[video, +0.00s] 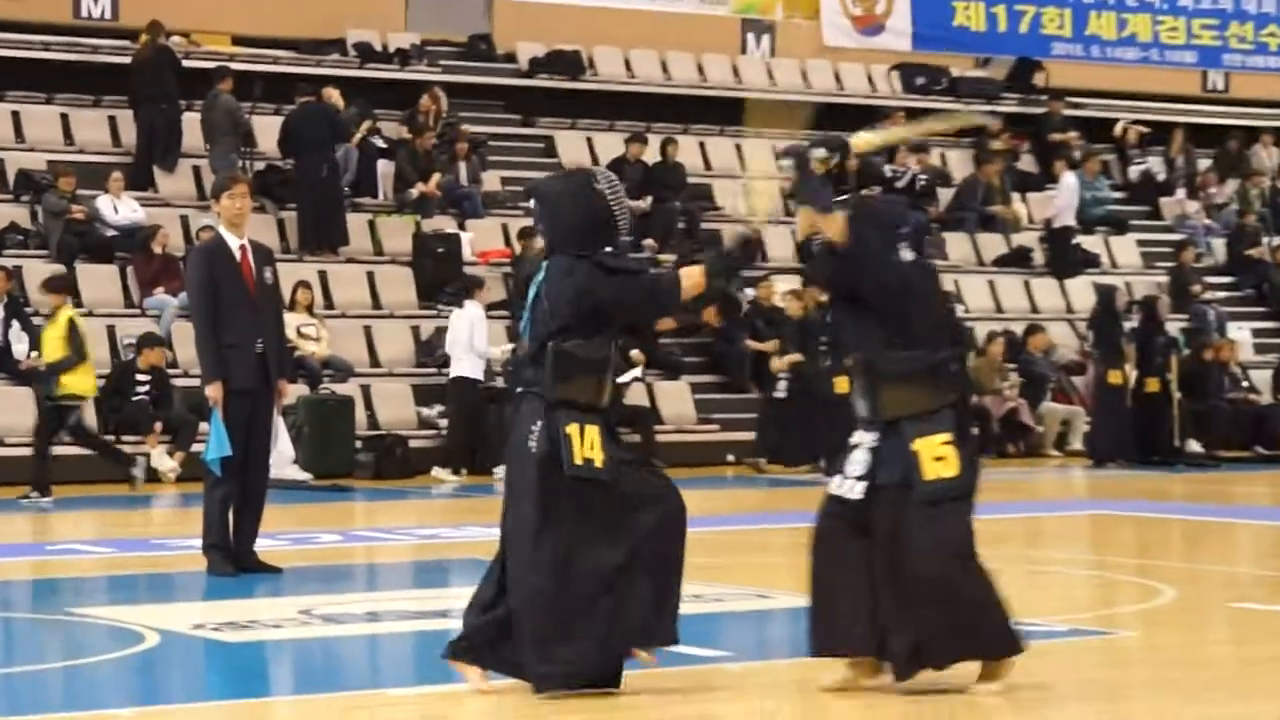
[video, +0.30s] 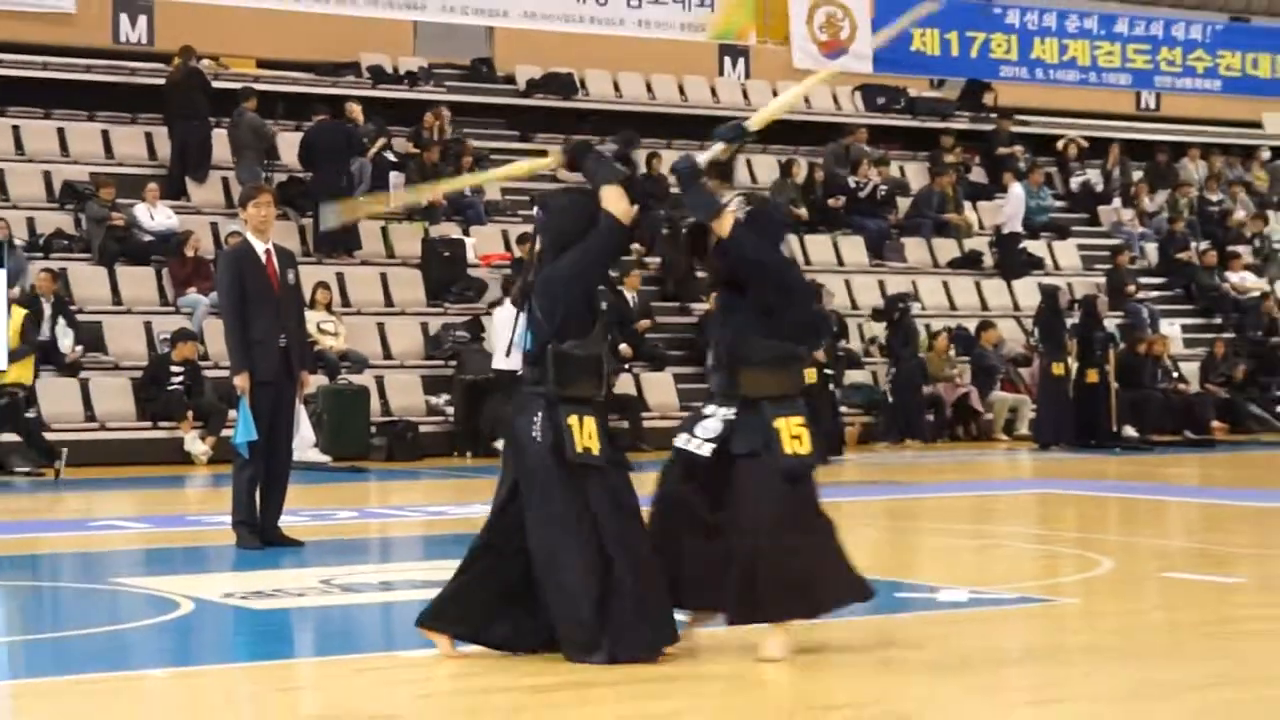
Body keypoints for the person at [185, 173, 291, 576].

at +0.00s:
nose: (239, 204)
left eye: (244, 197)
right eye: (231, 198)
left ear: (252, 203)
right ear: (216, 205)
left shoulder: (263, 254)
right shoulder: (203, 254)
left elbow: (275, 317)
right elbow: (202, 320)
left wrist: (282, 372)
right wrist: (211, 376)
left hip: (264, 372)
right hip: (228, 373)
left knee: (256, 466)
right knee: (225, 466)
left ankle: (245, 549)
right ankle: (217, 551)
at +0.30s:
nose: (263, 212)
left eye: (268, 205)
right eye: (256, 206)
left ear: (275, 211)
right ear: (243, 213)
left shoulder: (286, 257)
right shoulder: (232, 257)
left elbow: (297, 315)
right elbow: (231, 317)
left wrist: (303, 365)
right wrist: (239, 368)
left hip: (287, 364)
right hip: (254, 365)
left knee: (279, 449)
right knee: (251, 450)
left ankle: (270, 524)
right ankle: (245, 527)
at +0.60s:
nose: (286, 219)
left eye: (290, 213)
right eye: (278, 213)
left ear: (297, 218)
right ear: (266, 219)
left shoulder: (307, 261)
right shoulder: (255, 261)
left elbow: (317, 316)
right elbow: (254, 318)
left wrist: (322, 363)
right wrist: (261, 366)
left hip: (307, 362)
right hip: (275, 364)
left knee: (300, 444)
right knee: (272, 444)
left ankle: (290, 515)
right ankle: (266, 517)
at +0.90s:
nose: (310, 227)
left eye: (314, 222)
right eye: (304, 222)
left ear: (321, 226)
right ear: (293, 228)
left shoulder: (331, 267)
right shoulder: (281, 266)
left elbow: (339, 318)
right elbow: (279, 318)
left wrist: (342, 362)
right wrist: (286, 364)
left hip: (328, 360)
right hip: (298, 362)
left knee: (322, 436)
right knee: (296, 436)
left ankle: (314, 504)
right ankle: (292, 506)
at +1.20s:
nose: (305, 228)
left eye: (309, 222)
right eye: (299, 223)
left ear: (317, 227)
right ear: (289, 228)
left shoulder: (327, 267)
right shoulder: (277, 265)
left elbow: (335, 317)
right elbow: (271, 317)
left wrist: (334, 362)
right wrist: (275, 362)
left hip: (318, 361)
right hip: (288, 361)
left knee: (315, 436)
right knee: (278, 433)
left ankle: (314, 505)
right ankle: (263, 504)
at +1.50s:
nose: (277, 232)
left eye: (282, 226)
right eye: (271, 227)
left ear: (290, 230)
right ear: (261, 233)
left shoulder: (301, 271)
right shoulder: (250, 272)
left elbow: (311, 321)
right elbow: (246, 321)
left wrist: (313, 366)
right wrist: (250, 366)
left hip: (295, 364)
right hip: (265, 365)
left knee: (301, 440)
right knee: (248, 437)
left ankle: (315, 508)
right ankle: (216, 503)